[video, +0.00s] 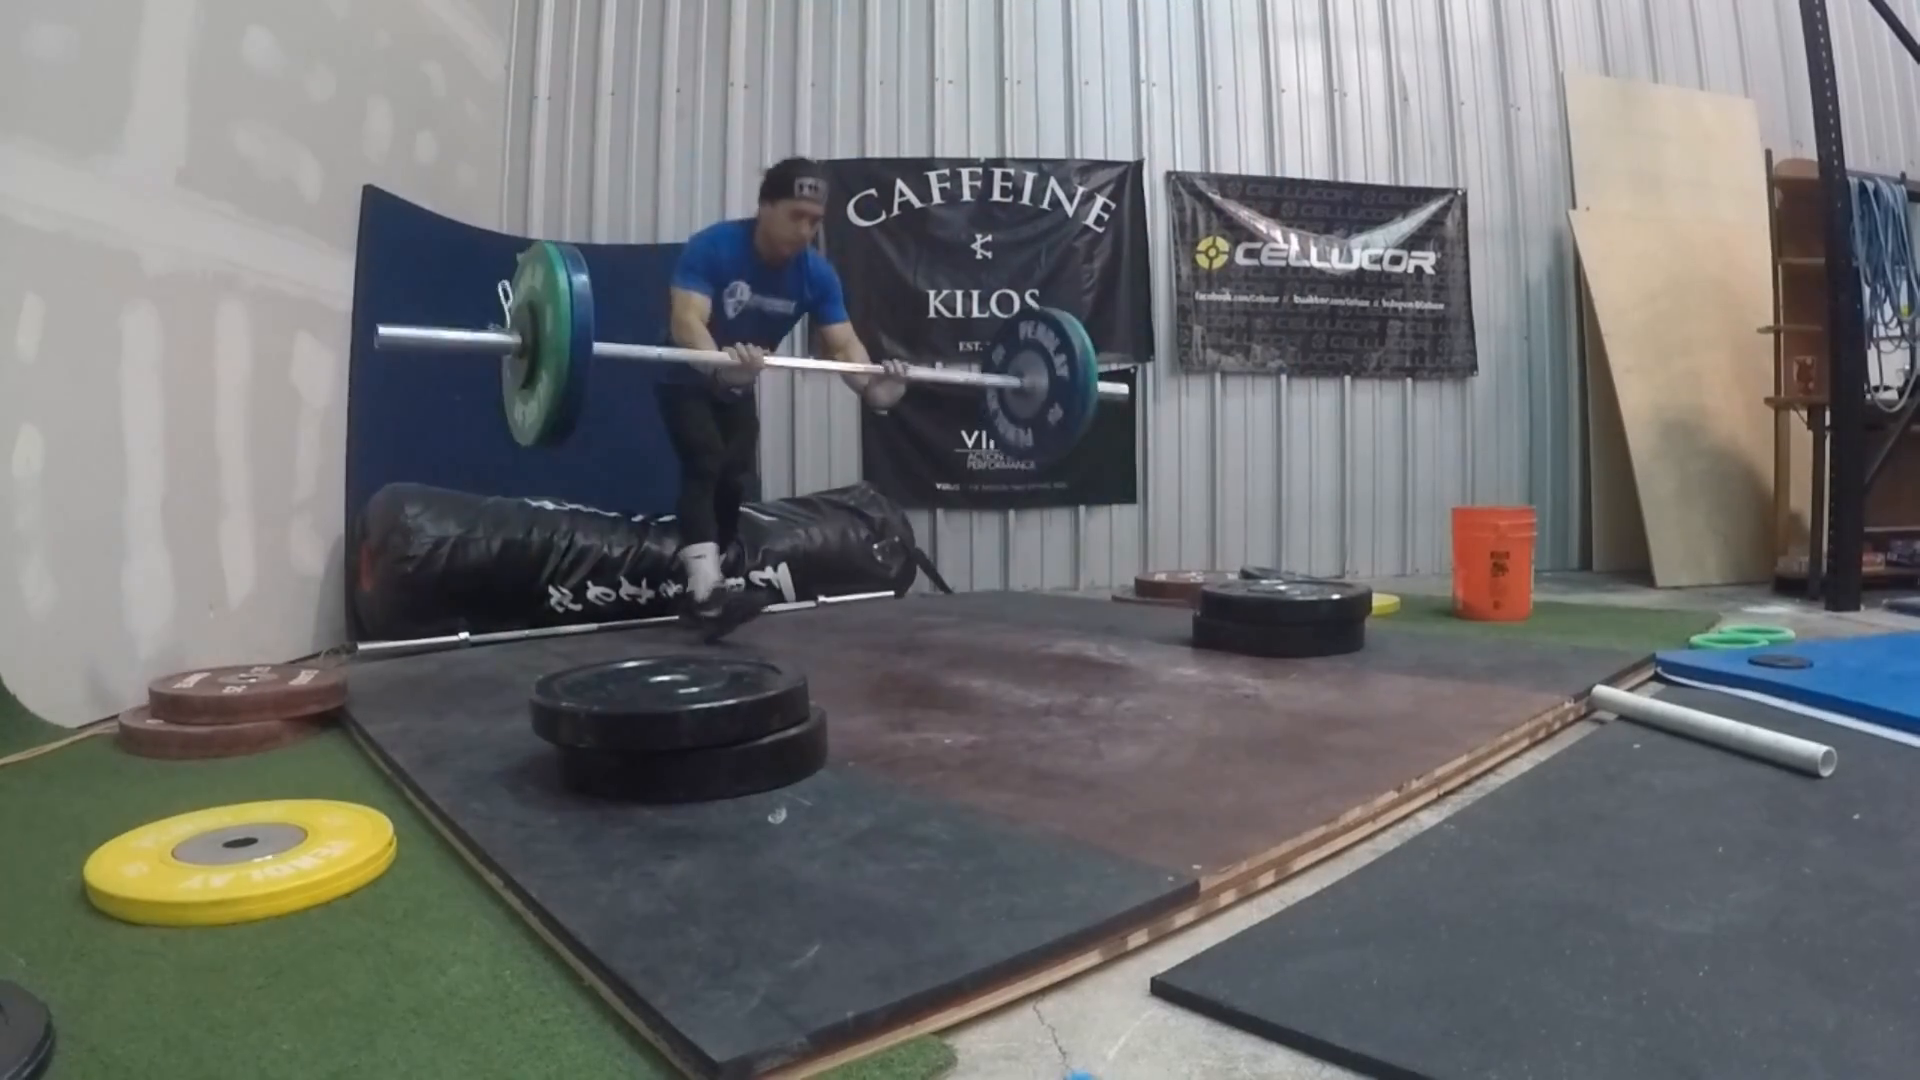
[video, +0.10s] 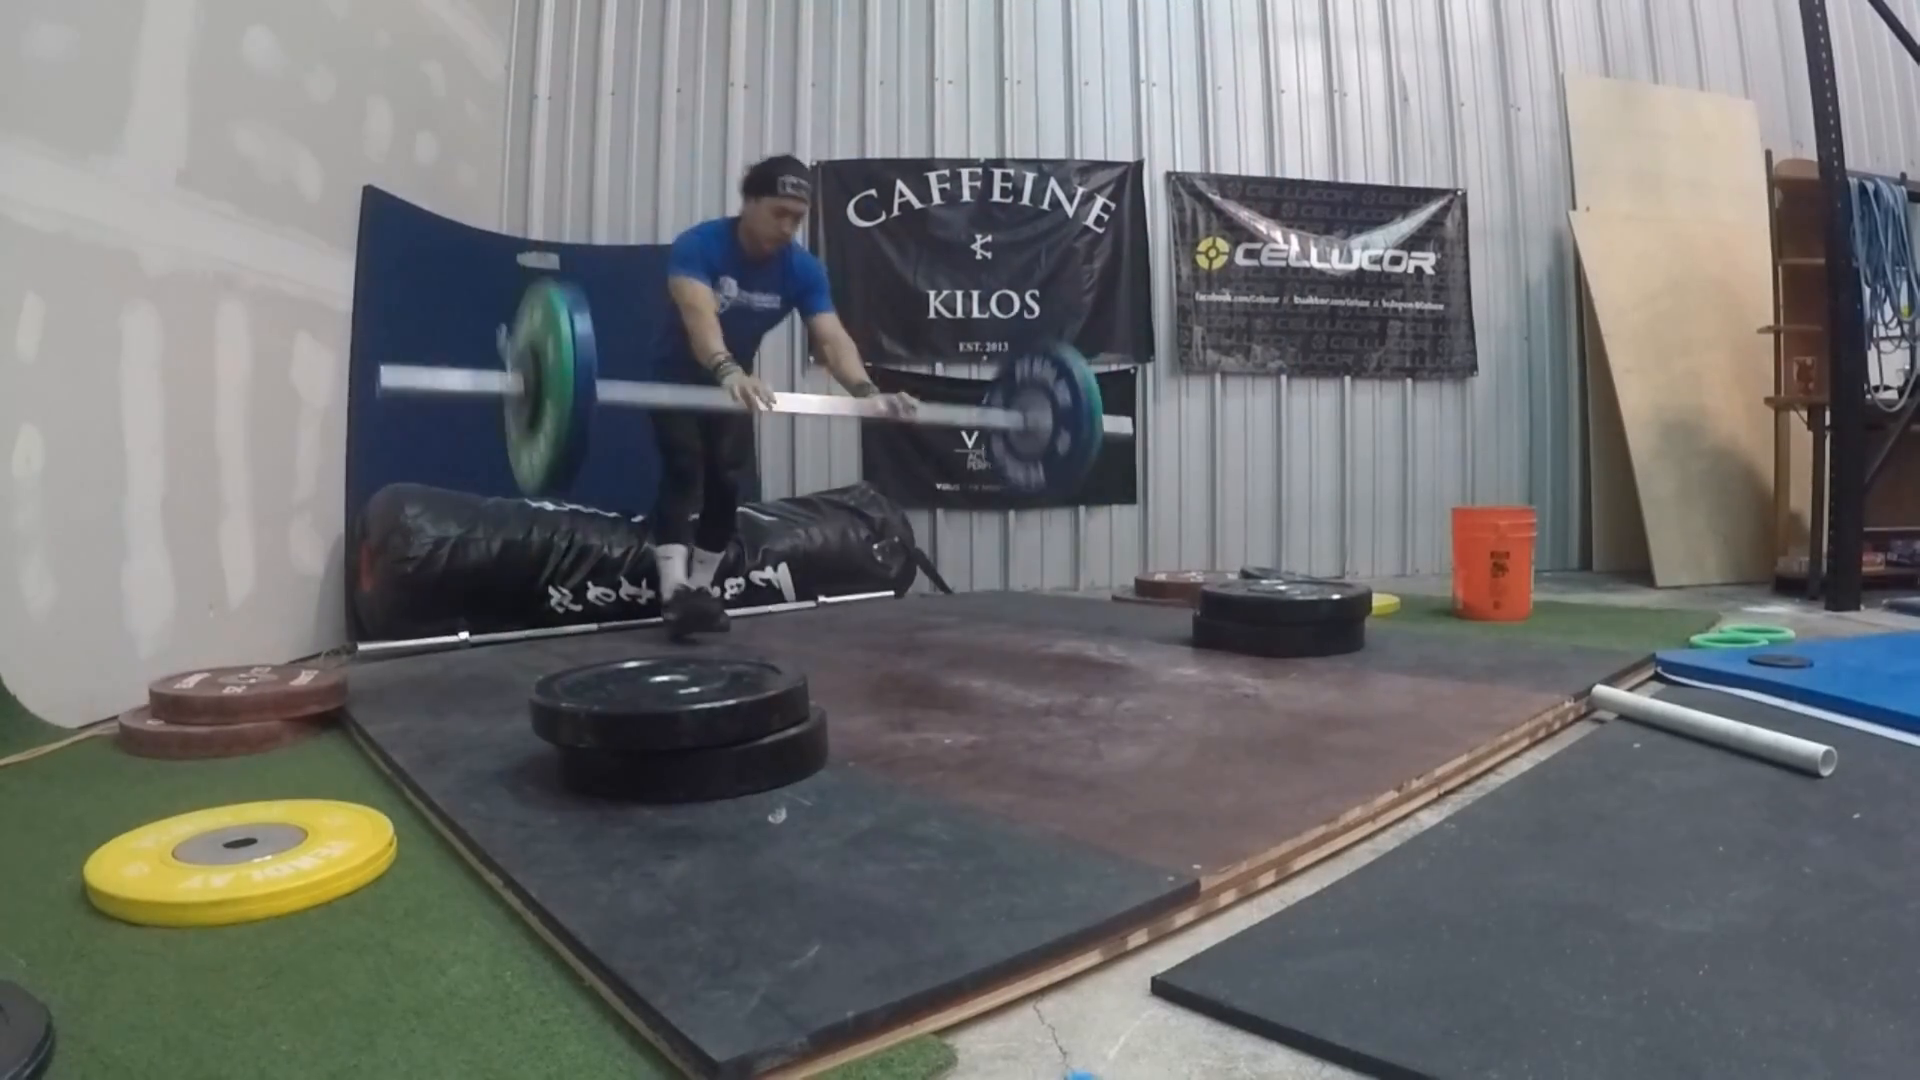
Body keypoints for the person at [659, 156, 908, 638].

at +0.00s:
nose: (807, 231)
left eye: (815, 221)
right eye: (798, 217)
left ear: (821, 223)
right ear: (766, 209)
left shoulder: (816, 274)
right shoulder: (711, 248)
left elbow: (844, 344)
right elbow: (685, 323)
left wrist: (876, 388)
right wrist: (720, 364)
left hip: (740, 386)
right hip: (687, 379)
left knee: (735, 481)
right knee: (704, 462)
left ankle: (718, 579)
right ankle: (704, 592)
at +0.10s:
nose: (787, 228)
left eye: (796, 219)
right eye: (779, 215)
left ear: (803, 218)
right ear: (748, 203)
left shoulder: (803, 268)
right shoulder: (697, 247)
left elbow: (832, 339)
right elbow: (698, 315)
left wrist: (867, 391)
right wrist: (727, 369)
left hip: (734, 382)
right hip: (677, 375)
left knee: (730, 480)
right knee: (685, 469)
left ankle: (701, 587)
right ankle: (673, 591)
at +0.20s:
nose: (778, 212)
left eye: (787, 202)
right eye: (770, 198)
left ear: (794, 202)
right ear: (738, 188)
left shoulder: (794, 255)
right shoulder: (690, 237)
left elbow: (817, 327)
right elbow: (685, 315)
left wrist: (848, 380)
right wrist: (724, 368)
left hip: (732, 385)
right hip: (672, 382)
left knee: (729, 491)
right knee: (674, 482)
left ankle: (699, 588)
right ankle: (666, 590)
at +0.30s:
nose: (778, 195)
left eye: (785, 185)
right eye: (768, 182)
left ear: (790, 185)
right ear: (734, 175)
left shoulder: (789, 244)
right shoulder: (687, 228)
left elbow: (804, 320)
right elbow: (663, 310)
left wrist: (819, 375)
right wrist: (696, 376)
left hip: (731, 374)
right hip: (672, 370)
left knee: (722, 478)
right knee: (674, 472)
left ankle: (702, 587)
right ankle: (666, 591)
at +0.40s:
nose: (775, 178)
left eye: (784, 169)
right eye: (766, 164)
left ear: (789, 171)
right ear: (733, 159)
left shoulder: (788, 232)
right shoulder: (684, 217)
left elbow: (793, 308)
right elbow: (646, 295)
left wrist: (795, 380)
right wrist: (650, 376)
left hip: (732, 374)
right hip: (675, 369)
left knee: (720, 477)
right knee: (683, 467)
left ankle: (699, 587)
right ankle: (672, 590)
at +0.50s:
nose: (776, 168)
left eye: (784, 159)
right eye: (766, 156)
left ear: (789, 162)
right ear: (733, 152)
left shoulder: (787, 223)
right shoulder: (683, 208)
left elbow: (782, 298)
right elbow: (636, 278)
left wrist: (780, 371)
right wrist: (613, 350)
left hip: (733, 364)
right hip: (674, 355)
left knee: (723, 469)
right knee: (705, 455)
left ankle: (701, 589)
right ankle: (680, 586)